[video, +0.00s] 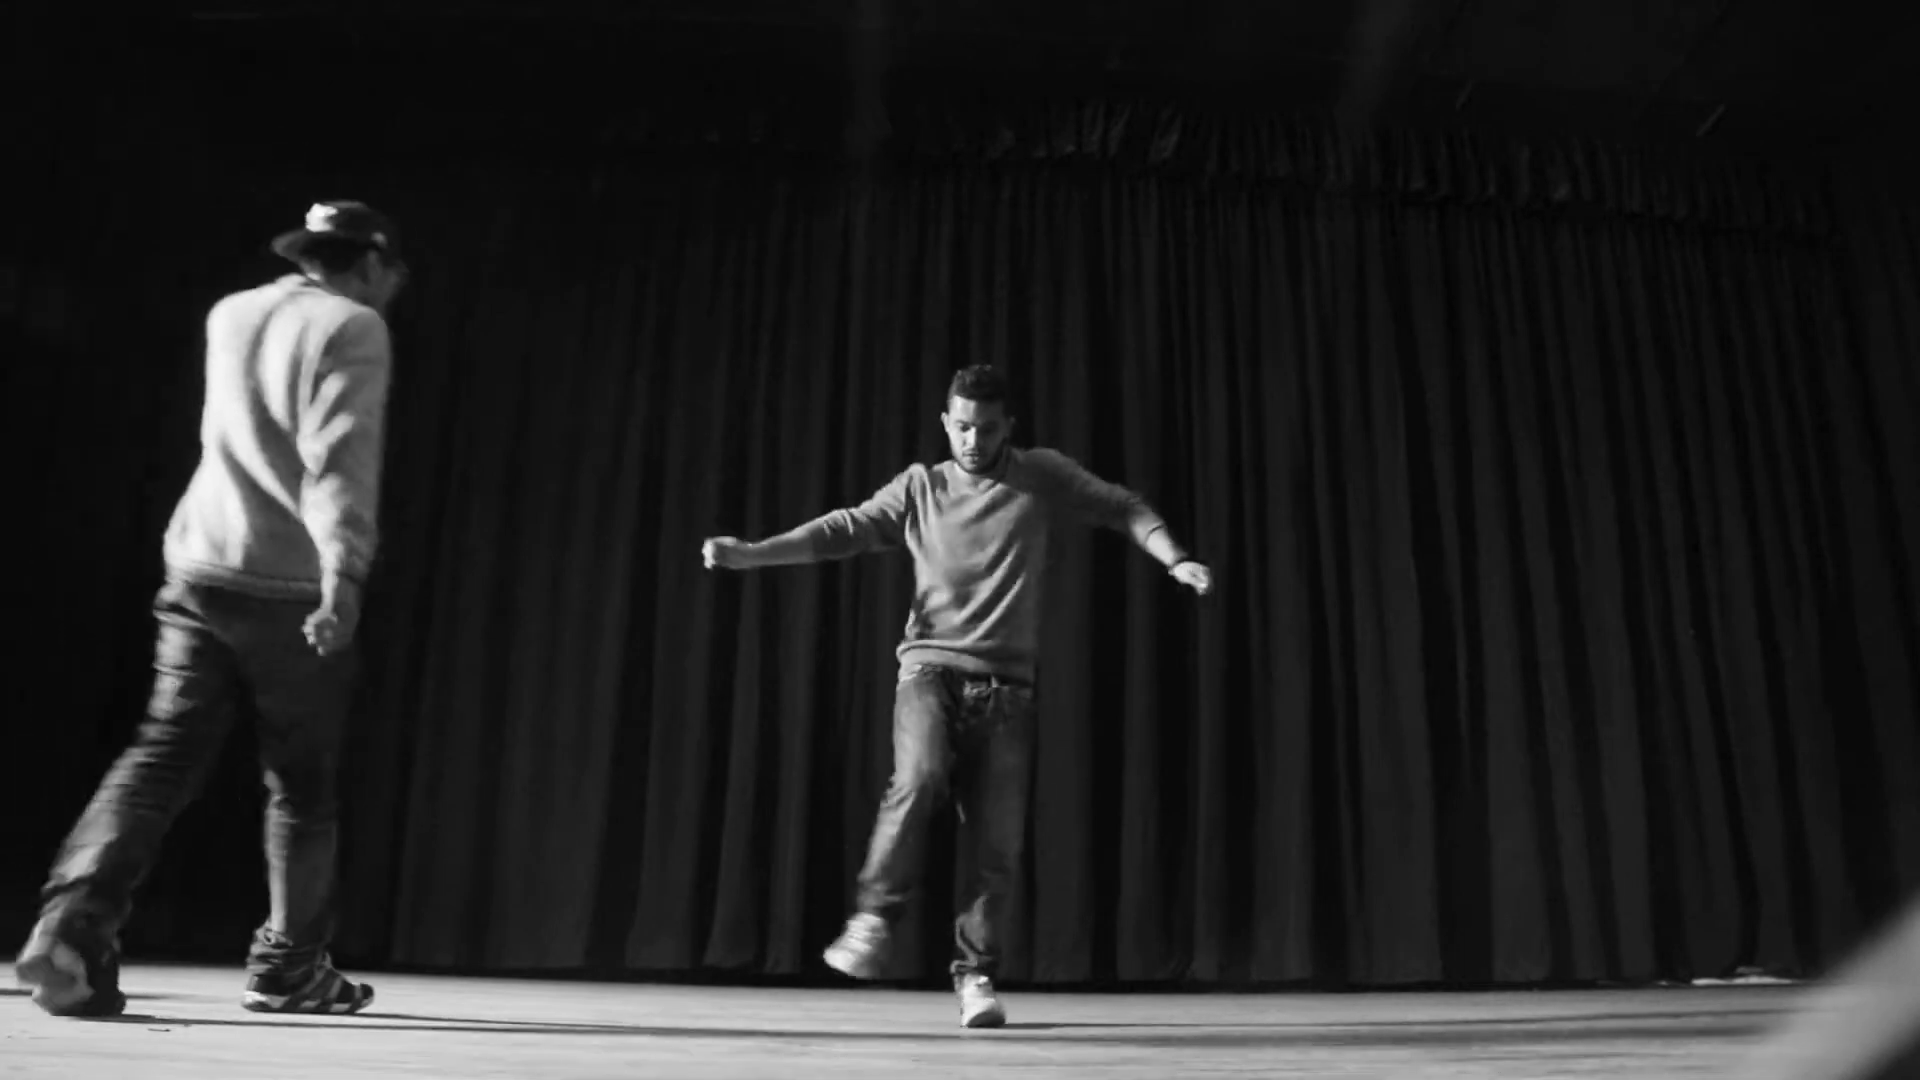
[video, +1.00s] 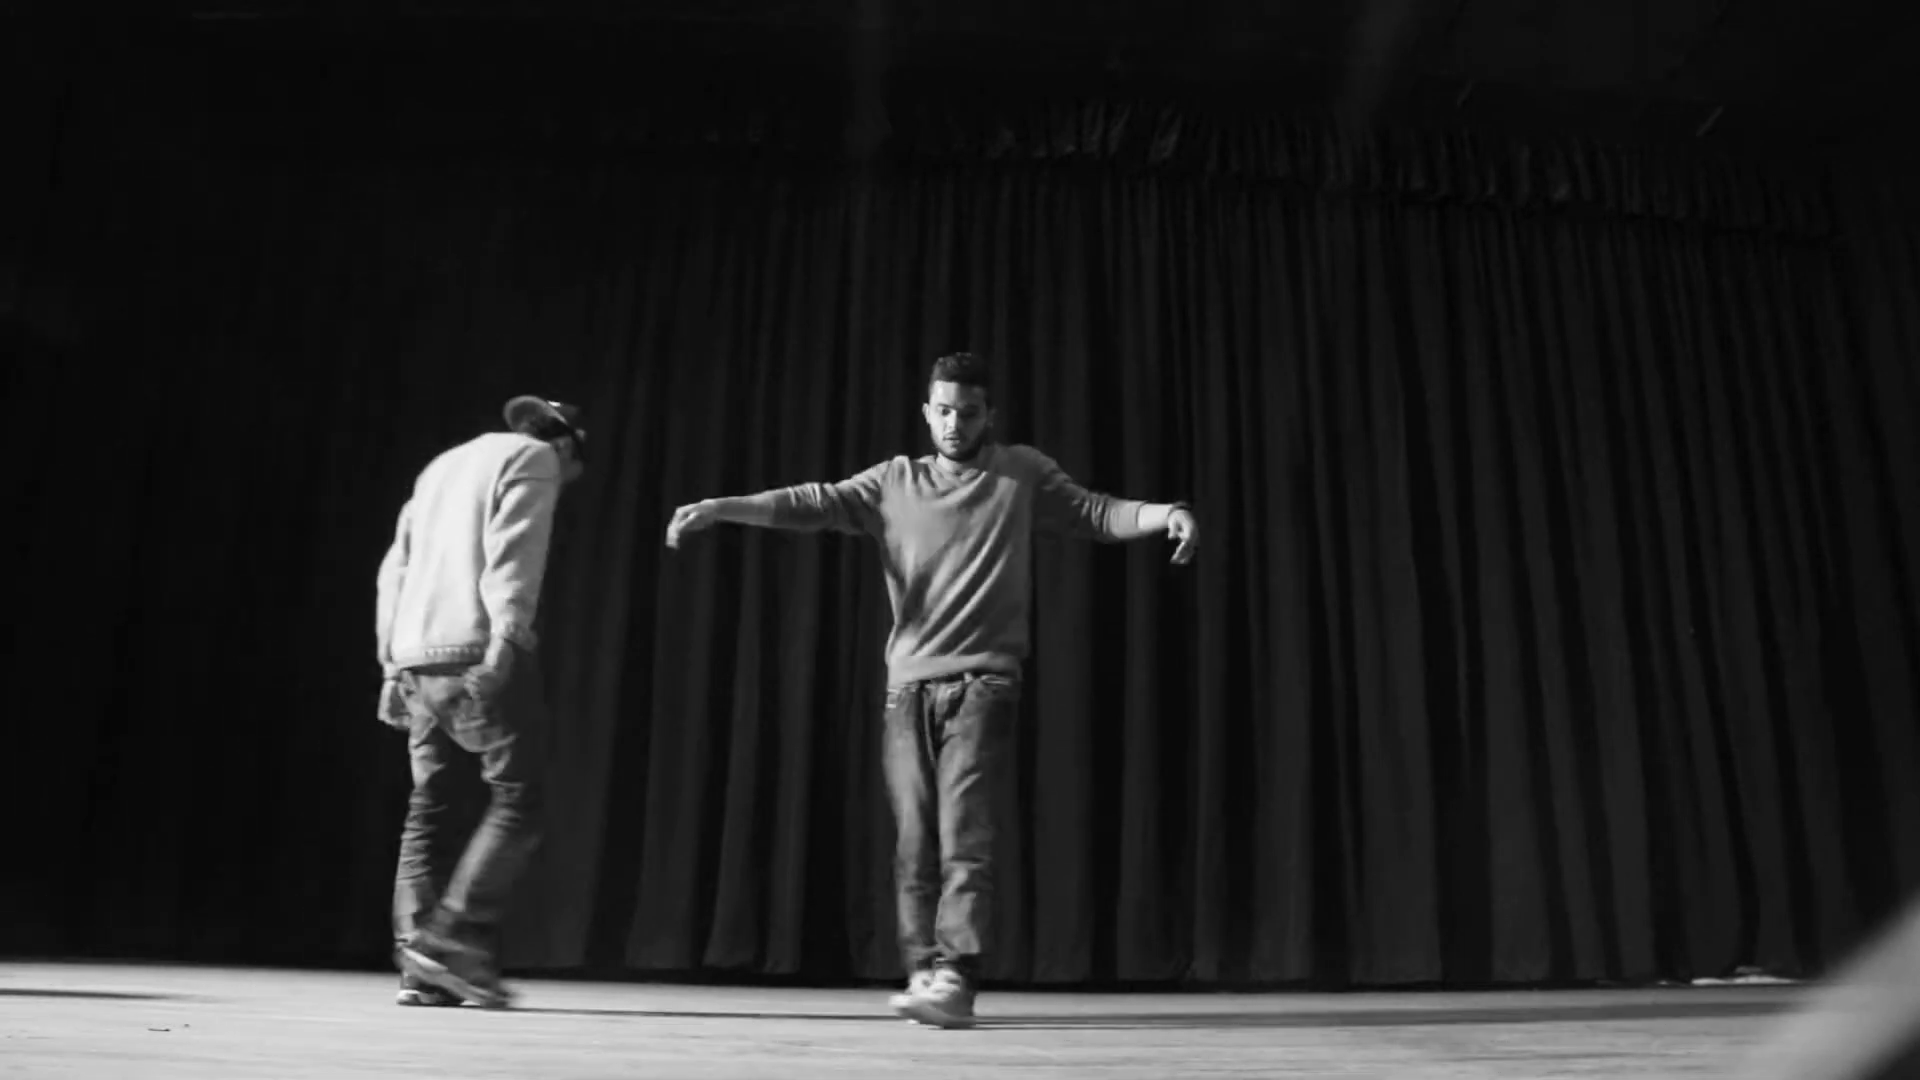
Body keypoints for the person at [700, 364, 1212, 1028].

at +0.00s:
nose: (974, 442)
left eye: (986, 429)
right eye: (963, 428)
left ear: (1008, 425)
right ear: (945, 423)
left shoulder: (1043, 474)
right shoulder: (919, 488)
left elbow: (1126, 510)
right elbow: (843, 528)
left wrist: (1174, 559)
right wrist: (753, 553)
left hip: (1006, 678)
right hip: (931, 666)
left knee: (997, 837)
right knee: (920, 779)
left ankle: (976, 975)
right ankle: (872, 921)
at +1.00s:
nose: (954, 425)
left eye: (967, 412)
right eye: (943, 411)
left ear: (987, 412)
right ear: (926, 410)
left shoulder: (1022, 472)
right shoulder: (891, 481)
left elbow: (1094, 512)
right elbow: (809, 502)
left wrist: (1161, 514)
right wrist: (718, 508)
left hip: (983, 673)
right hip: (908, 676)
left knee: (962, 819)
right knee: (915, 824)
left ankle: (956, 975)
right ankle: (923, 972)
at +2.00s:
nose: (964, 401)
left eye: (977, 389)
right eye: (960, 390)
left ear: (1015, 391)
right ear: (958, 394)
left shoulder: (1066, 468)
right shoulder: (935, 446)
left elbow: (1136, 527)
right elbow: (850, 457)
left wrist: (1209, 579)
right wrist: (758, 459)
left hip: (996, 670)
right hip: (914, 651)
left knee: (989, 832)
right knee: (854, 750)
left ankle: (969, 985)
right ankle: (833, 898)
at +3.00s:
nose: (867, 390)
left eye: (877, 379)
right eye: (852, 378)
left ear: (889, 388)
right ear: (819, 387)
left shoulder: (924, 452)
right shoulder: (793, 464)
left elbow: (1014, 475)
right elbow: (712, 526)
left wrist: (1038, 516)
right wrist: (778, 469)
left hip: (889, 673)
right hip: (797, 673)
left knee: (922, 831)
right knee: (763, 833)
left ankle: (947, 982)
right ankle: (726, 978)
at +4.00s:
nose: (1020, 400)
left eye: (1030, 389)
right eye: (1006, 387)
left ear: (1040, 393)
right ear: (973, 390)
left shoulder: (1060, 449)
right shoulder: (936, 468)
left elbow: (1161, 447)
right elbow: (854, 545)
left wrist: (1099, 493)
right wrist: (774, 610)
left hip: (1065, 652)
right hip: (1012, 657)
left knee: (1076, 812)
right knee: (1112, 789)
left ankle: (1001, 963)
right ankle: (1111, 966)